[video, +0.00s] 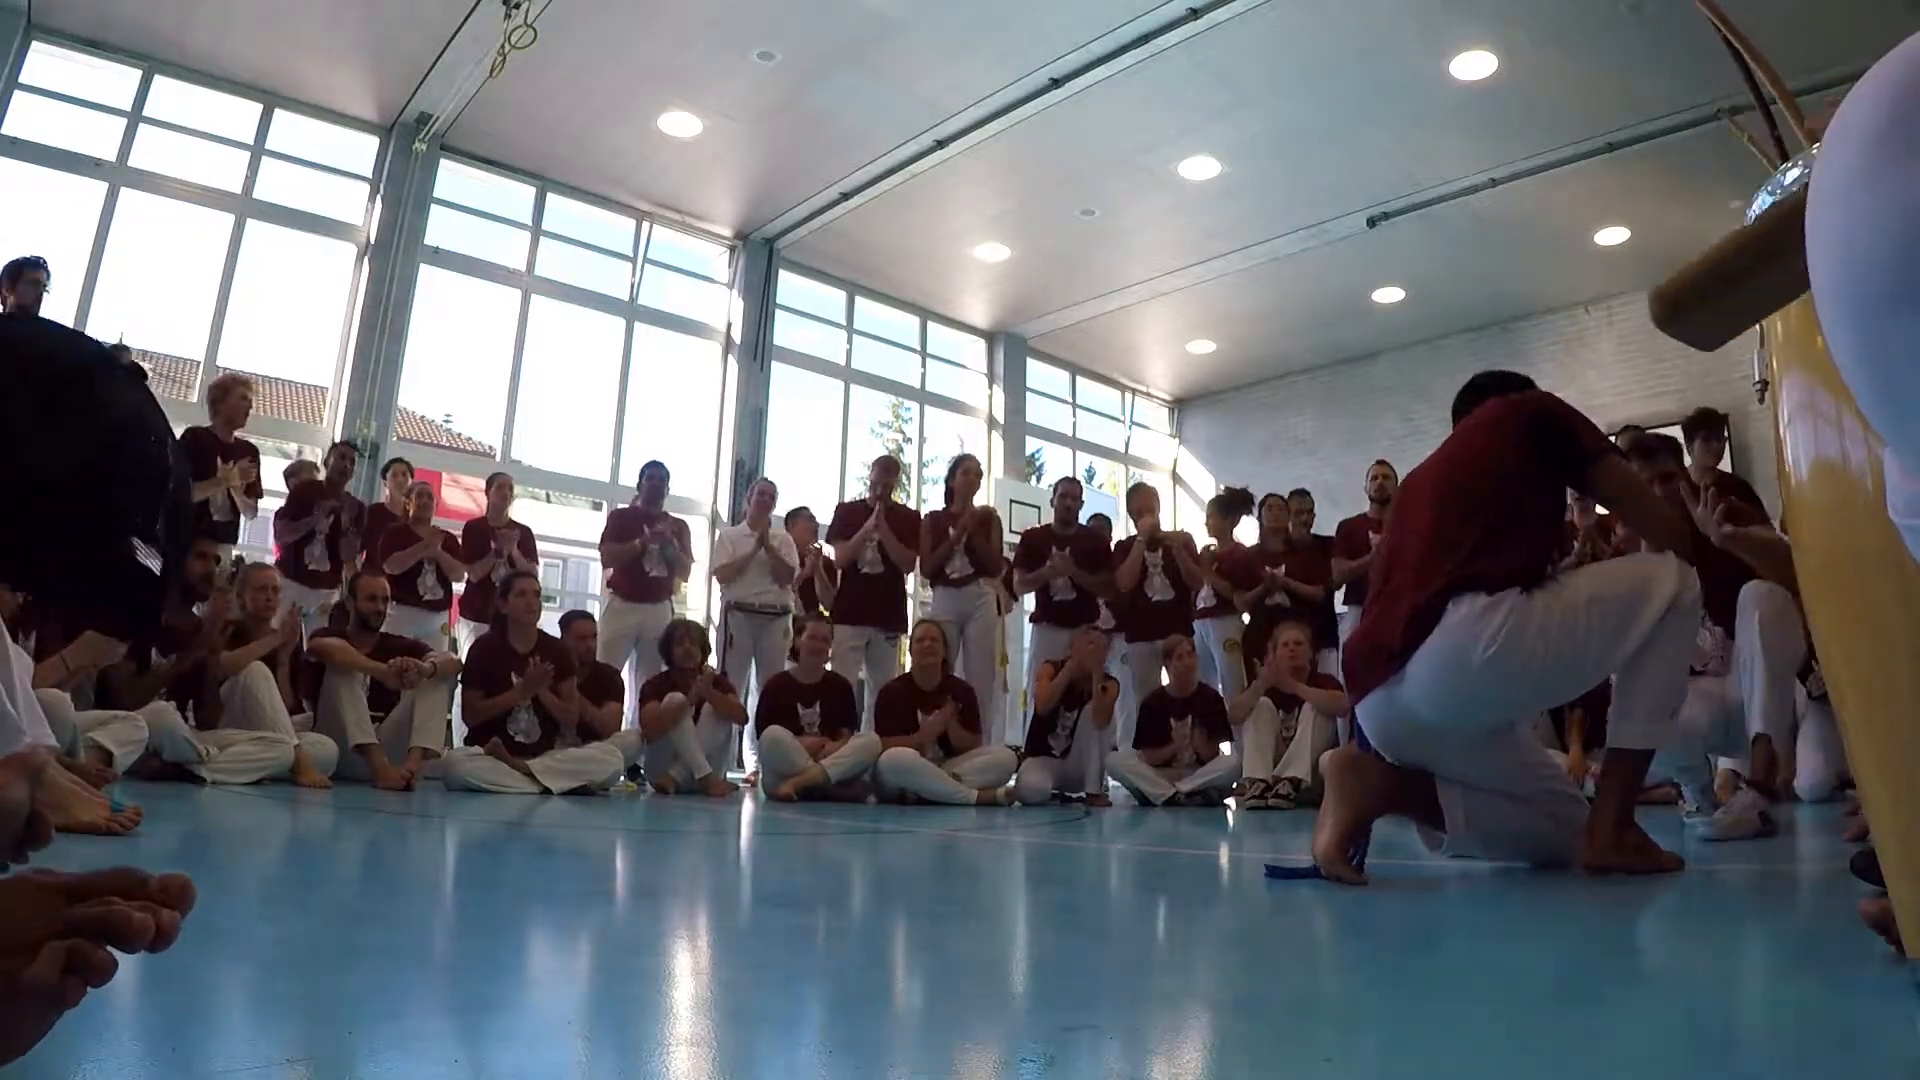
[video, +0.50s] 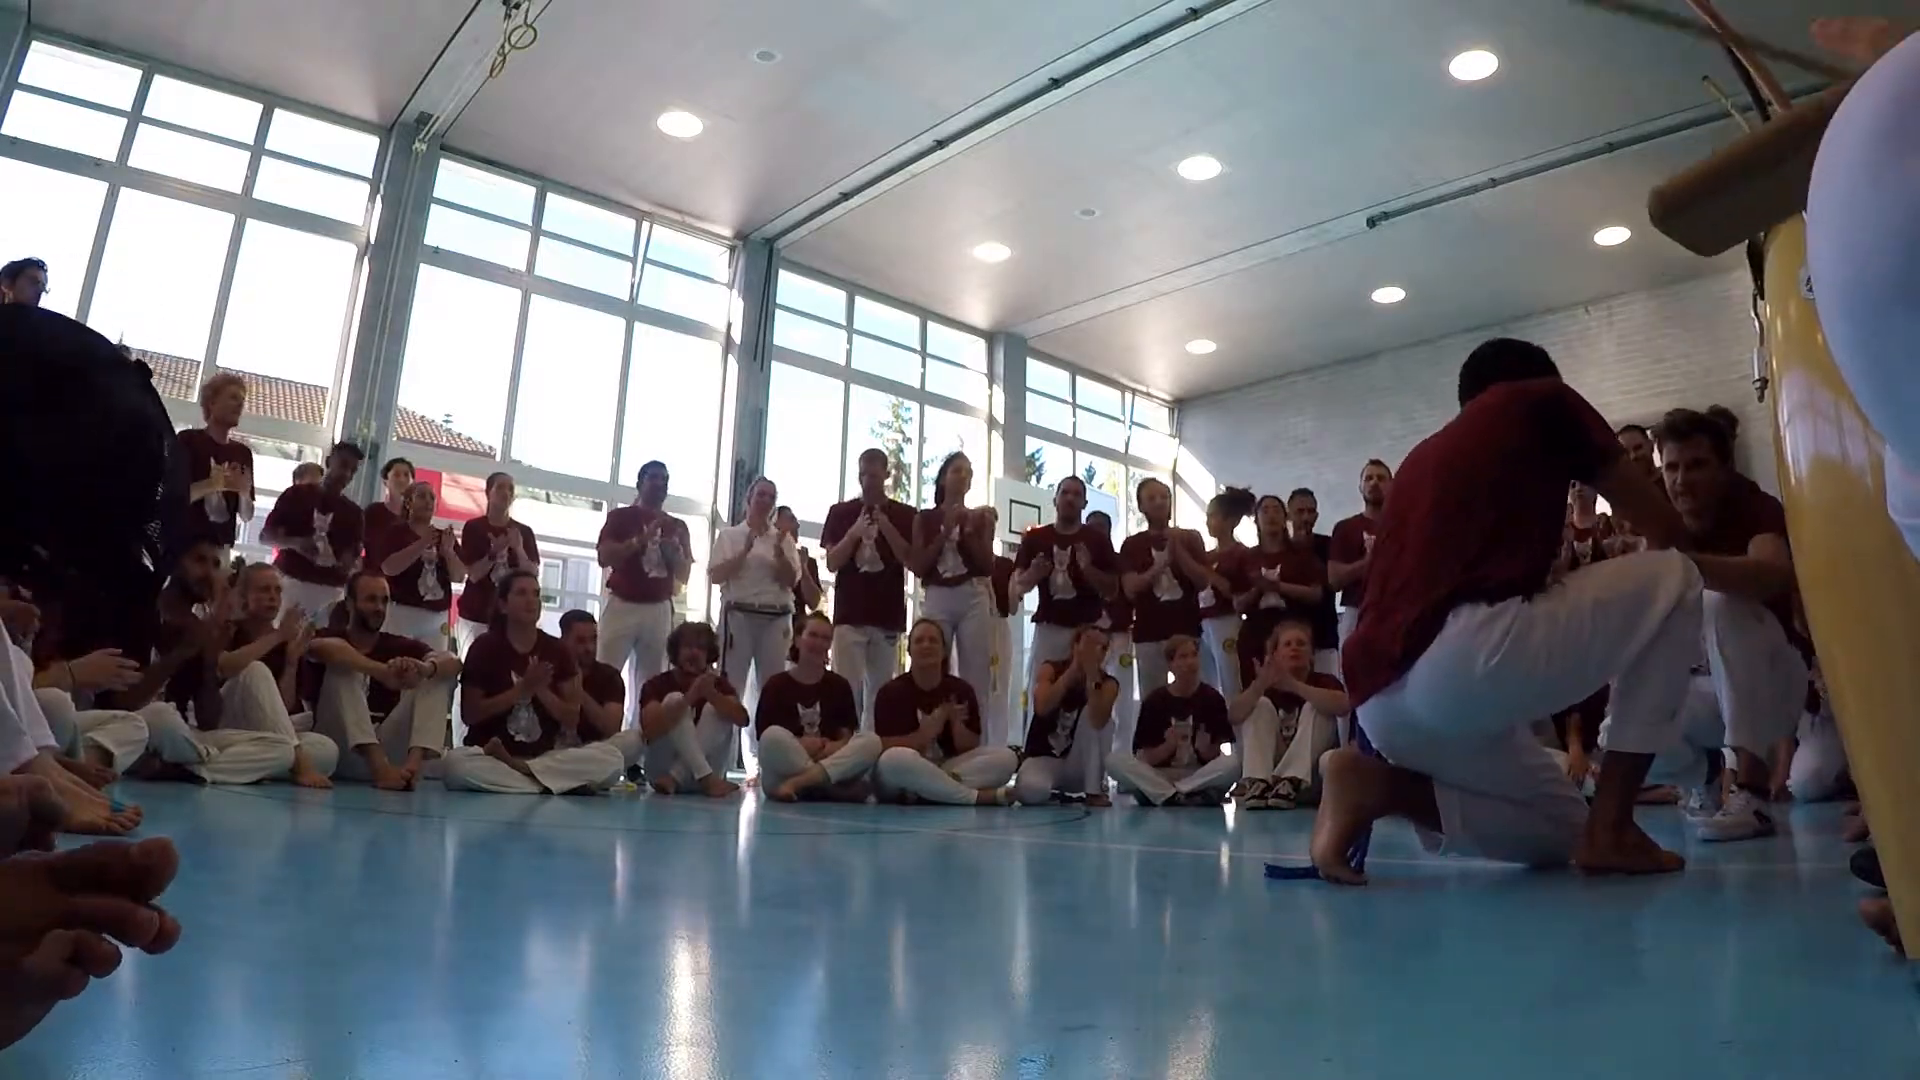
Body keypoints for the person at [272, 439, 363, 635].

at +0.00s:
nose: (347, 465)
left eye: (352, 462)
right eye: (341, 458)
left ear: (354, 469)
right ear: (326, 462)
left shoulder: (356, 507)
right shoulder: (303, 491)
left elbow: (349, 555)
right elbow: (281, 534)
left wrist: (345, 525)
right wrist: (316, 519)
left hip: (328, 588)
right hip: (292, 581)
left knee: (319, 654)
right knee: (281, 647)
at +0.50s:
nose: (347, 475)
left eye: (352, 470)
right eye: (343, 466)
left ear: (355, 474)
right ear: (328, 462)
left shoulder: (354, 513)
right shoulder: (295, 495)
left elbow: (353, 551)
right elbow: (266, 536)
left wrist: (344, 564)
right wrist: (297, 543)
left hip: (329, 590)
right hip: (290, 583)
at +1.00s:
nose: (326, 467)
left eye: (331, 463)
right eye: (321, 461)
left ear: (335, 471)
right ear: (306, 467)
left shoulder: (344, 510)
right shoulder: (290, 503)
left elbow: (353, 550)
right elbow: (289, 543)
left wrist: (352, 515)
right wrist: (308, 507)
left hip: (335, 587)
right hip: (299, 583)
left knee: (331, 651)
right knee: (293, 648)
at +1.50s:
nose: (344, 469)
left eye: (348, 466)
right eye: (339, 461)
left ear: (348, 474)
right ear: (322, 463)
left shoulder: (349, 511)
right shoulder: (294, 496)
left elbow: (352, 553)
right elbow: (275, 541)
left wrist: (338, 534)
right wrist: (314, 533)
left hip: (334, 588)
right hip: (297, 583)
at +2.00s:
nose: (343, 466)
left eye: (348, 462)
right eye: (338, 457)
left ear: (349, 469)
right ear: (321, 460)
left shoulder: (349, 506)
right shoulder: (298, 495)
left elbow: (351, 556)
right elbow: (288, 541)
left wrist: (343, 525)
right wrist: (317, 526)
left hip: (334, 586)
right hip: (299, 582)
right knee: (289, 648)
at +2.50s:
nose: (341, 468)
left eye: (347, 464)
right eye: (337, 460)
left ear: (351, 471)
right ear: (324, 461)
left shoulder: (346, 504)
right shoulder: (300, 494)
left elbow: (351, 552)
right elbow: (292, 535)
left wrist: (352, 518)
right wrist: (317, 503)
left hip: (333, 586)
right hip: (299, 582)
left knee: (327, 654)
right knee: (288, 646)